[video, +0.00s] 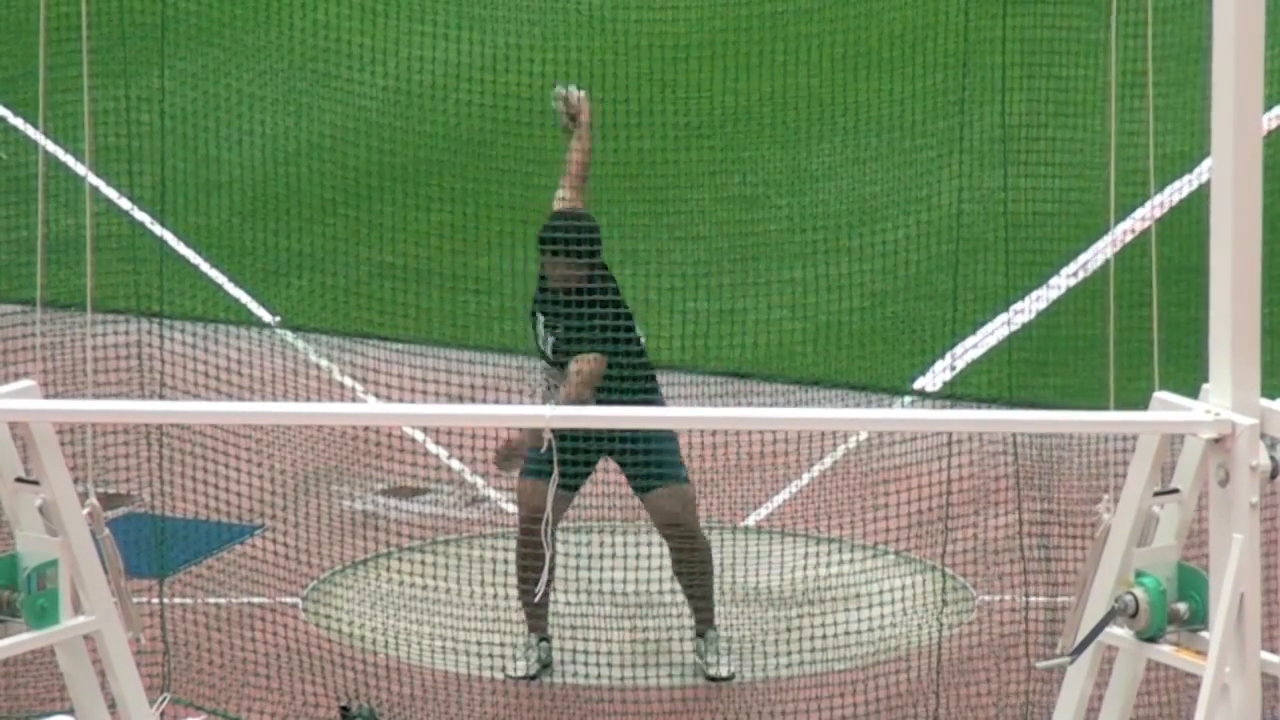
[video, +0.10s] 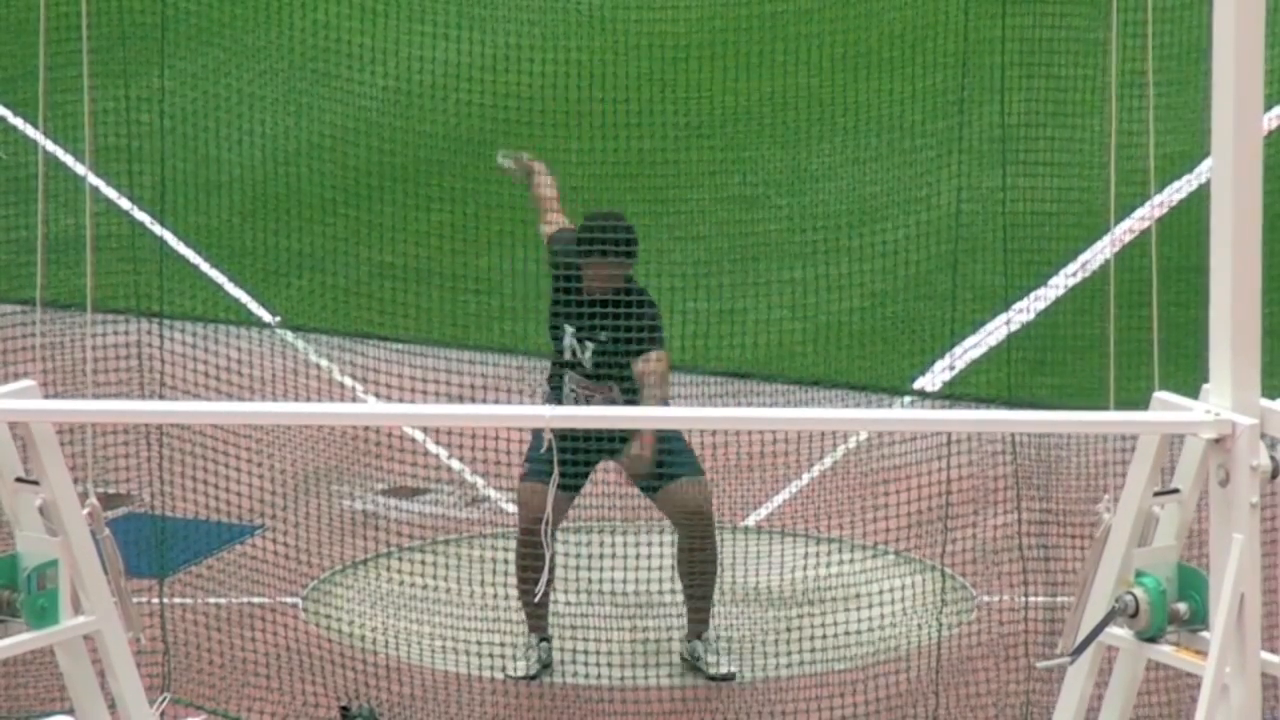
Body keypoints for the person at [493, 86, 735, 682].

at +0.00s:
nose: (561, 270)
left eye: (572, 262)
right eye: (555, 260)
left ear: (589, 263)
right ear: (542, 257)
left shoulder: (600, 308)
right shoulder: (556, 260)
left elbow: (581, 386)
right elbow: (570, 186)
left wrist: (533, 437)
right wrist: (580, 127)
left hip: (633, 417)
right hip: (570, 416)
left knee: (679, 522)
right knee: (532, 517)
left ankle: (707, 633)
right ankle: (537, 640)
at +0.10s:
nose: (602, 272)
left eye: (611, 264)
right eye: (598, 262)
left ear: (626, 266)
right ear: (583, 259)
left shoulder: (639, 311)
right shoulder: (566, 261)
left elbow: (654, 385)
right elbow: (548, 210)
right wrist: (536, 172)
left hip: (632, 419)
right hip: (568, 416)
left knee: (696, 510)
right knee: (532, 515)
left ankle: (698, 640)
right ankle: (537, 641)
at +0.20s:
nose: (677, 259)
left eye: (677, 249)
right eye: (668, 251)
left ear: (665, 255)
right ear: (641, 255)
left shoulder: (682, 301)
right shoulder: (593, 278)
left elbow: (739, 343)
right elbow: (530, 268)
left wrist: (794, 383)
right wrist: (484, 263)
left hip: (641, 433)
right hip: (575, 429)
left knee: (711, 513)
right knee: (535, 532)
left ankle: (694, 647)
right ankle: (538, 643)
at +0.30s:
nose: (709, 260)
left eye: (706, 252)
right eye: (700, 253)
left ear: (684, 258)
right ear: (673, 260)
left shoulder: (712, 295)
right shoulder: (619, 302)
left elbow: (781, 299)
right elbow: (548, 339)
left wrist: (855, 304)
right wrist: (494, 360)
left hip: (643, 450)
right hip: (592, 442)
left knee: (720, 534)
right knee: (575, 537)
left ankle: (715, 658)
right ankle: (517, 622)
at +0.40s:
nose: (714, 269)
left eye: (712, 263)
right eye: (709, 263)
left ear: (672, 265)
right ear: (688, 269)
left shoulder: (685, 299)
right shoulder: (647, 318)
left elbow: (697, 281)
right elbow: (595, 391)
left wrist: (724, 276)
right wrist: (560, 444)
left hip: (654, 450)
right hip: (624, 449)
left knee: (723, 536)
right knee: (690, 528)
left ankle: (714, 655)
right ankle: (578, 567)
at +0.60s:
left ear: (582, 225)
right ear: (631, 222)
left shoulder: (558, 279)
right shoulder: (658, 274)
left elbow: (508, 338)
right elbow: (717, 309)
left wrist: (477, 402)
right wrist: (777, 335)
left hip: (605, 442)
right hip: (672, 426)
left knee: (663, 547)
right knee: (734, 484)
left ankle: (716, 639)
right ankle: (782, 575)